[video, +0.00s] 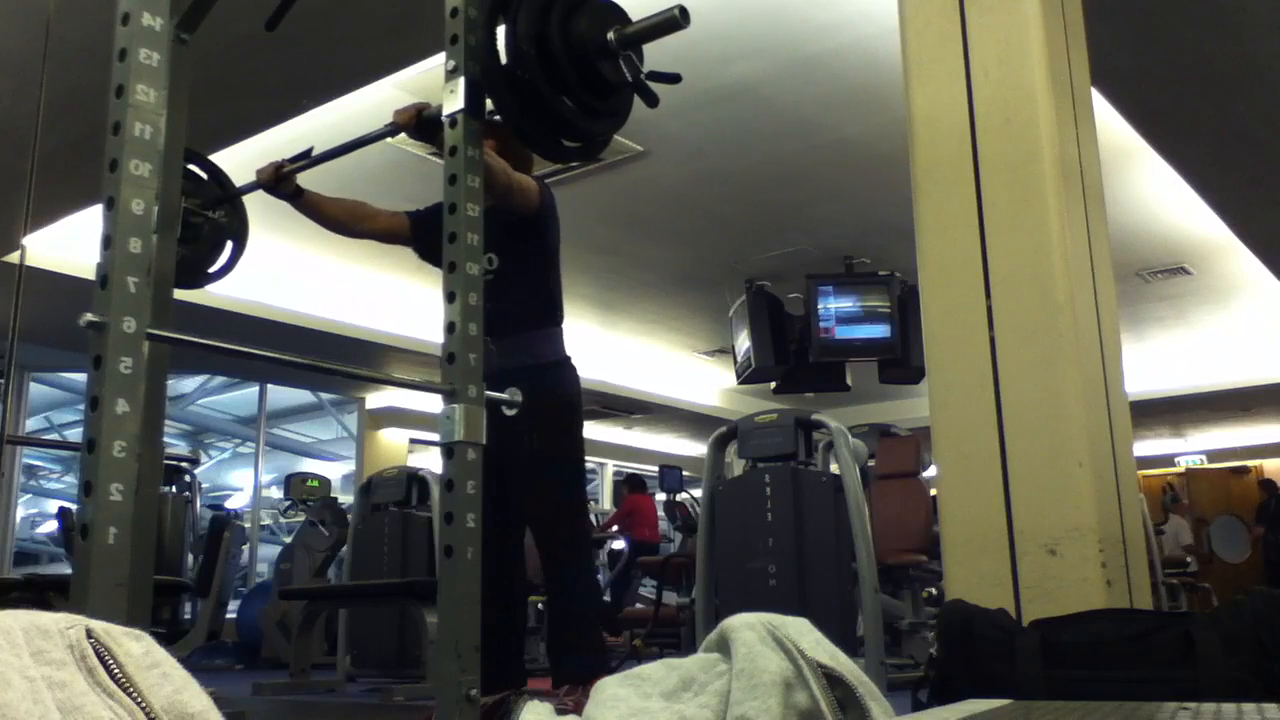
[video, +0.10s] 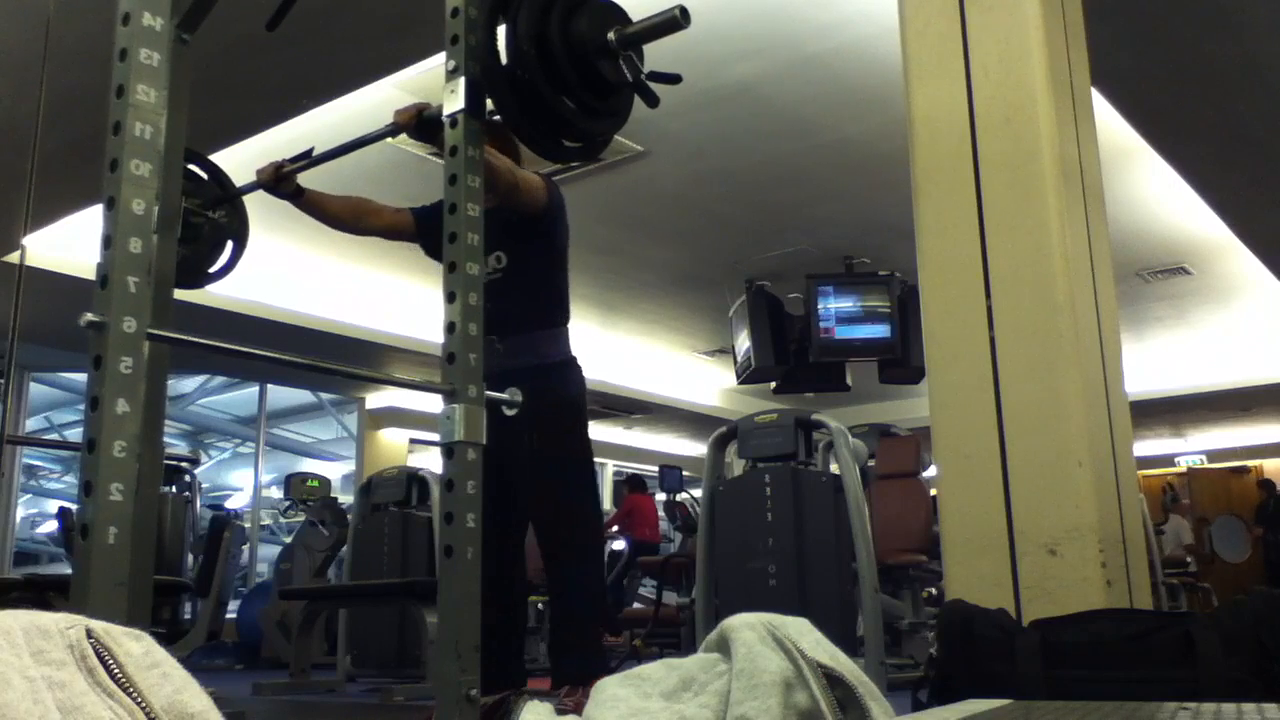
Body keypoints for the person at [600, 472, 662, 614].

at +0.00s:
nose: (624, 491)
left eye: (626, 488)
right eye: (624, 488)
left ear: (630, 488)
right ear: (643, 487)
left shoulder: (631, 500)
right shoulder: (650, 500)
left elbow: (617, 517)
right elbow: (637, 520)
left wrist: (601, 528)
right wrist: (620, 529)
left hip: (637, 545)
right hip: (653, 545)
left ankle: (617, 602)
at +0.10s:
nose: (625, 491)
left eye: (627, 488)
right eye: (626, 488)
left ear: (630, 488)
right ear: (644, 487)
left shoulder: (631, 500)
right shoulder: (650, 500)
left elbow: (616, 518)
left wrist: (602, 529)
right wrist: (619, 530)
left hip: (636, 545)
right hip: (653, 546)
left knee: (616, 573)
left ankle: (617, 604)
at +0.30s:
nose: (625, 491)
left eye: (626, 487)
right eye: (626, 487)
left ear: (630, 487)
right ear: (644, 486)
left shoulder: (631, 499)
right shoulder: (649, 500)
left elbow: (619, 519)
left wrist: (612, 524)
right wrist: (624, 529)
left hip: (637, 543)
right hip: (654, 544)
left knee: (625, 571)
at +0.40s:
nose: (625, 490)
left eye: (626, 487)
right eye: (625, 487)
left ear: (630, 487)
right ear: (643, 486)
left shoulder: (631, 499)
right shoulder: (649, 499)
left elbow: (619, 517)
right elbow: (654, 520)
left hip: (637, 543)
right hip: (654, 544)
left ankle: (626, 589)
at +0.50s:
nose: (625, 490)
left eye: (626, 487)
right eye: (625, 487)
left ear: (630, 487)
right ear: (643, 486)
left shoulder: (631, 500)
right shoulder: (649, 499)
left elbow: (620, 518)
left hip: (637, 543)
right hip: (654, 543)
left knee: (631, 576)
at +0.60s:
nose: (624, 491)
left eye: (625, 488)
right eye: (624, 488)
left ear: (629, 487)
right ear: (642, 486)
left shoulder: (632, 500)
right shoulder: (649, 500)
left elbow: (620, 518)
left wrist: (608, 525)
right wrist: (620, 530)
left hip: (637, 545)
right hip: (654, 545)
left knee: (626, 577)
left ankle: (627, 607)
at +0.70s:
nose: (624, 491)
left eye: (625, 488)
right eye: (624, 488)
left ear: (630, 487)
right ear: (642, 486)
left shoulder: (632, 500)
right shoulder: (650, 500)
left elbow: (618, 518)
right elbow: (635, 522)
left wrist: (600, 529)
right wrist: (618, 532)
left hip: (637, 545)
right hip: (654, 545)